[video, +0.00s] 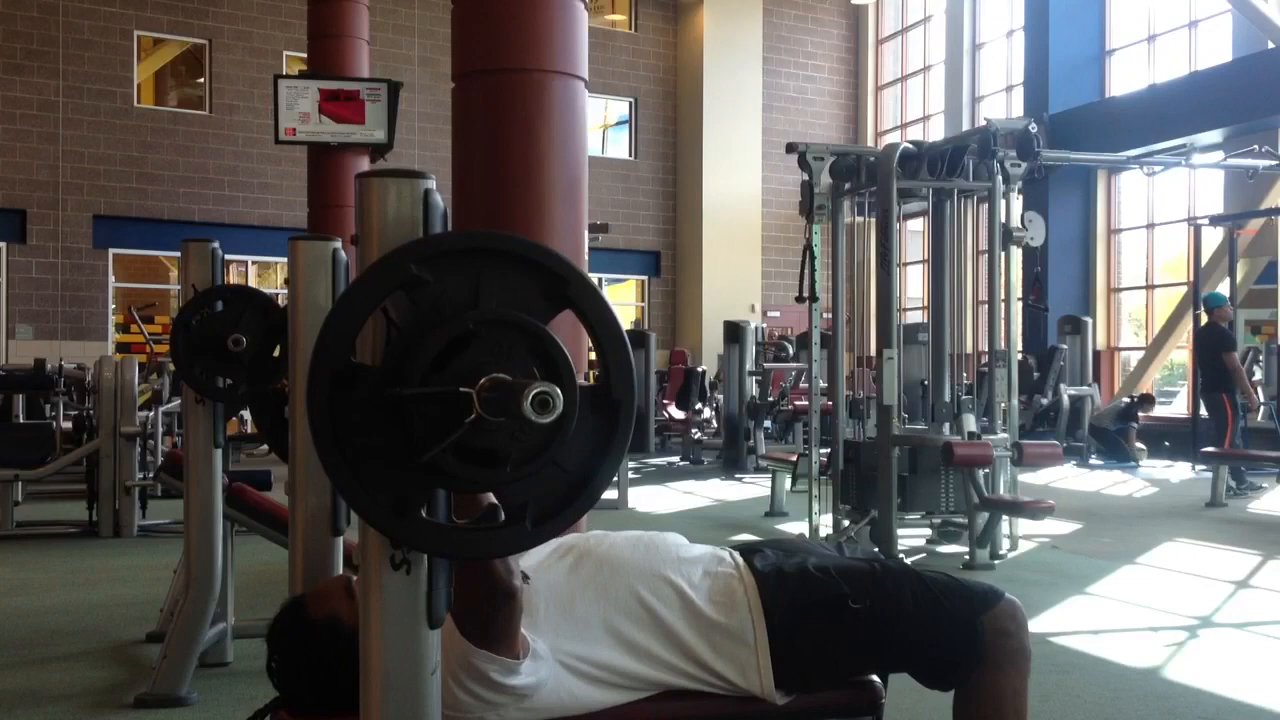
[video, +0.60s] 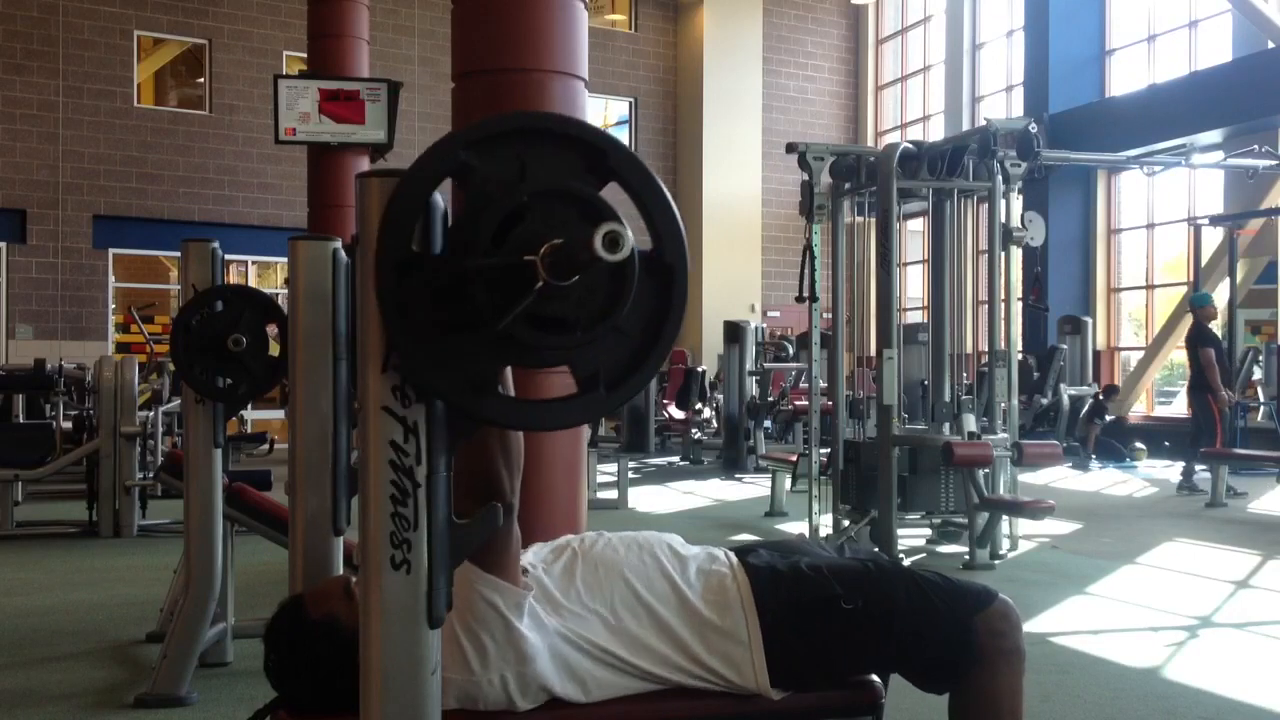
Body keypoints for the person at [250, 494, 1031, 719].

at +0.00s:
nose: (356, 579)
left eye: (346, 580)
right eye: (344, 594)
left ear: (365, 592)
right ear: (352, 636)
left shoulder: (456, 627)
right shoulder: (472, 681)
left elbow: (494, 561)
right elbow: (490, 589)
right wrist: (449, 444)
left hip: (741, 575)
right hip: (753, 612)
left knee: (974, 605)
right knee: (994, 625)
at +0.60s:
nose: (361, 575)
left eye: (345, 581)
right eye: (348, 591)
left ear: (349, 658)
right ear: (362, 640)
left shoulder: (449, 646)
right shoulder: (466, 662)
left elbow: (486, 494)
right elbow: (492, 486)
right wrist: (468, 330)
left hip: (719, 590)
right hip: (747, 610)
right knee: (990, 626)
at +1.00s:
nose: (356, 563)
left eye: (336, 567)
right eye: (343, 582)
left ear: (342, 659)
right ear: (358, 634)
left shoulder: (450, 648)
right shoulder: (468, 662)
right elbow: (532, 503)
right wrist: (519, 343)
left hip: (716, 610)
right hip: (750, 604)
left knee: (860, 686)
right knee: (983, 627)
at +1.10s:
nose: (356, 570)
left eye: (338, 577)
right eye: (345, 588)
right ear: (363, 637)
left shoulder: (453, 659)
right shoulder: (473, 672)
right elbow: (529, 502)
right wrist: (536, 317)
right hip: (740, 615)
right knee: (981, 623)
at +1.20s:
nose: (364, 567)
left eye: (345, 571)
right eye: (348, 583)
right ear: (361, 636)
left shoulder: (448, 635)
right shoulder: (479, 673)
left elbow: (459, 485)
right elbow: (545, 513)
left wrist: (478, 376)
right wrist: (547, 331)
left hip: (719, 579)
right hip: (748, 611)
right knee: (985, 626)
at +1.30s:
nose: (364, 566)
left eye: (347, 570)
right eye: (350, 583)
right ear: (361, 635)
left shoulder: (452, 634)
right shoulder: (484, 666)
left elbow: (461, 483)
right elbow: (550, 515)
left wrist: (476, 372)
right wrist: (551, 342)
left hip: (724, 581)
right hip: (750, 612)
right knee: (986, 626)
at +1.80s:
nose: (364, 570)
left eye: (349, 572)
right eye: (349, 587)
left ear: (345, 667)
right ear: (358, 647)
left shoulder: (445, 646)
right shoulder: (480, 672)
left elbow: (462, 491)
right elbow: (557, 537)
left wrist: (481, 385)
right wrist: (537, 374)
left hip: (731, 581)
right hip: (755, 617)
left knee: (860, 681)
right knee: (991, 630)